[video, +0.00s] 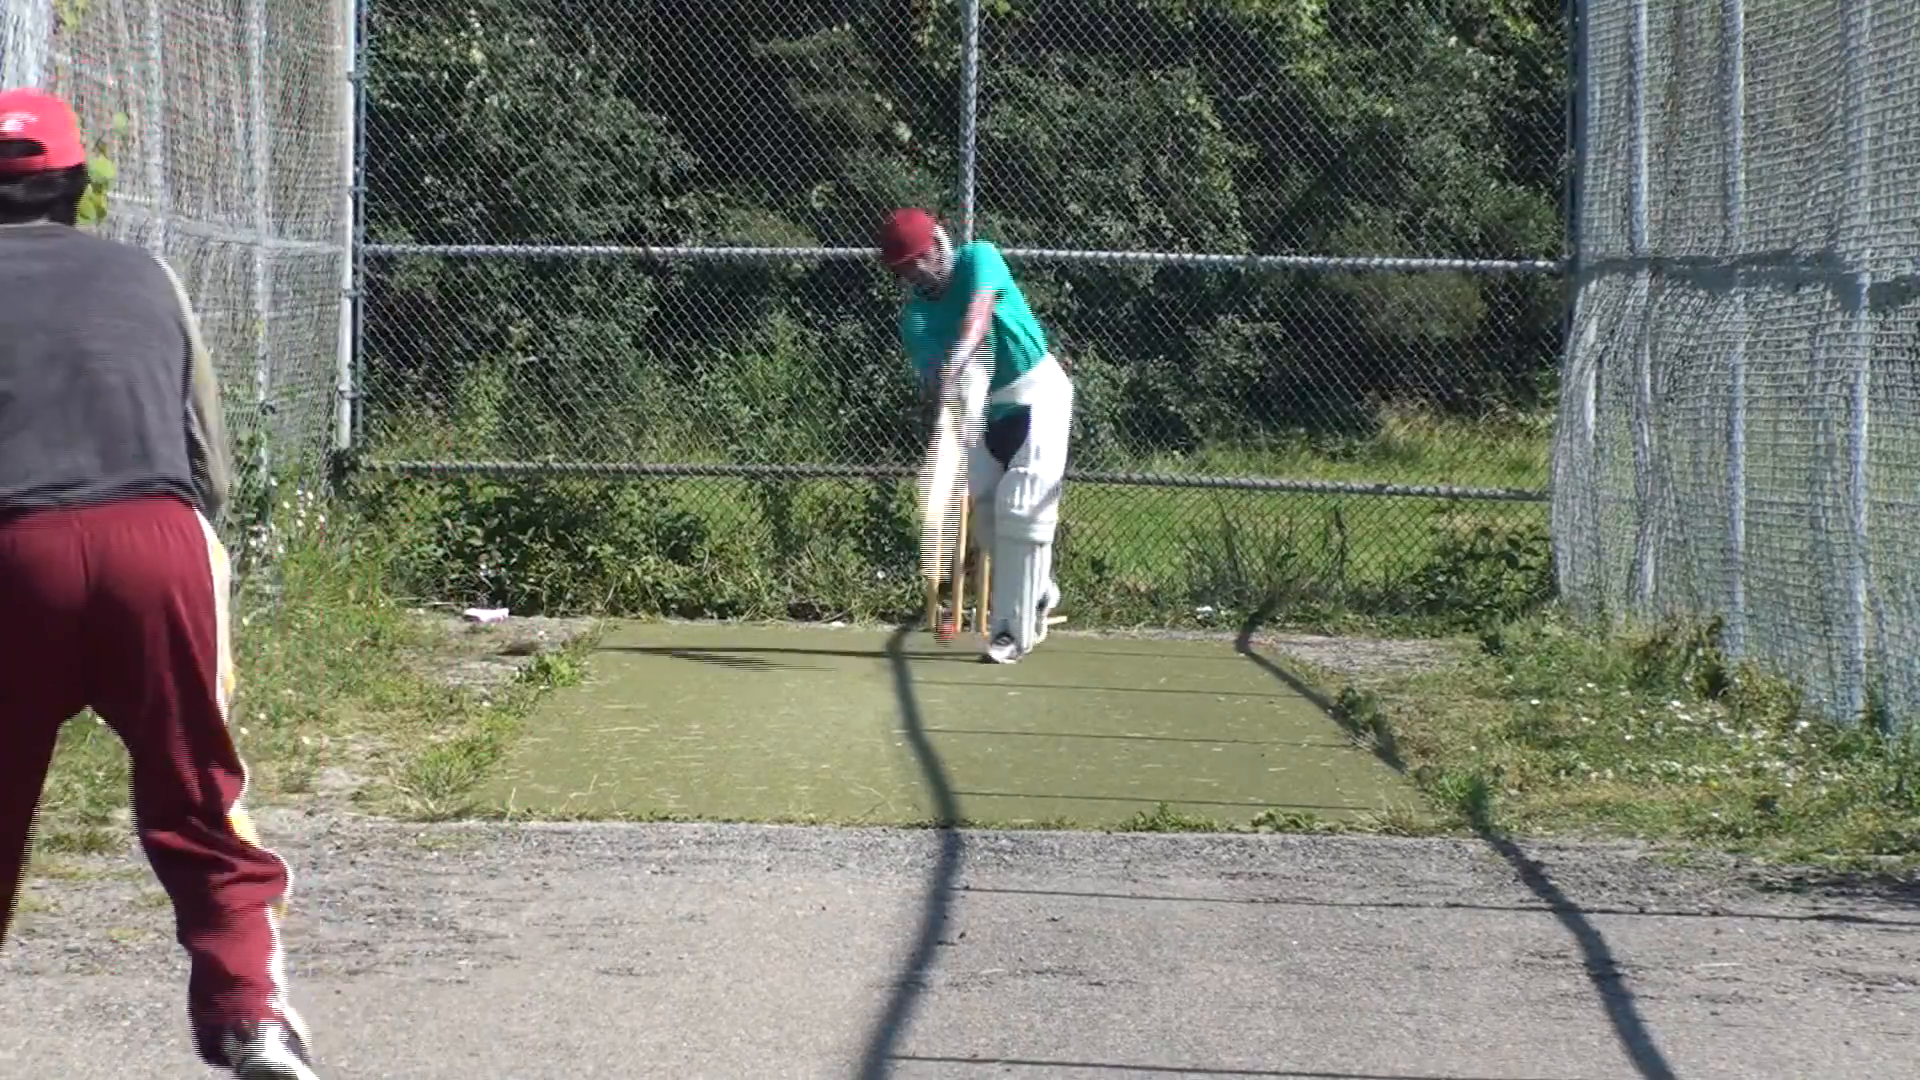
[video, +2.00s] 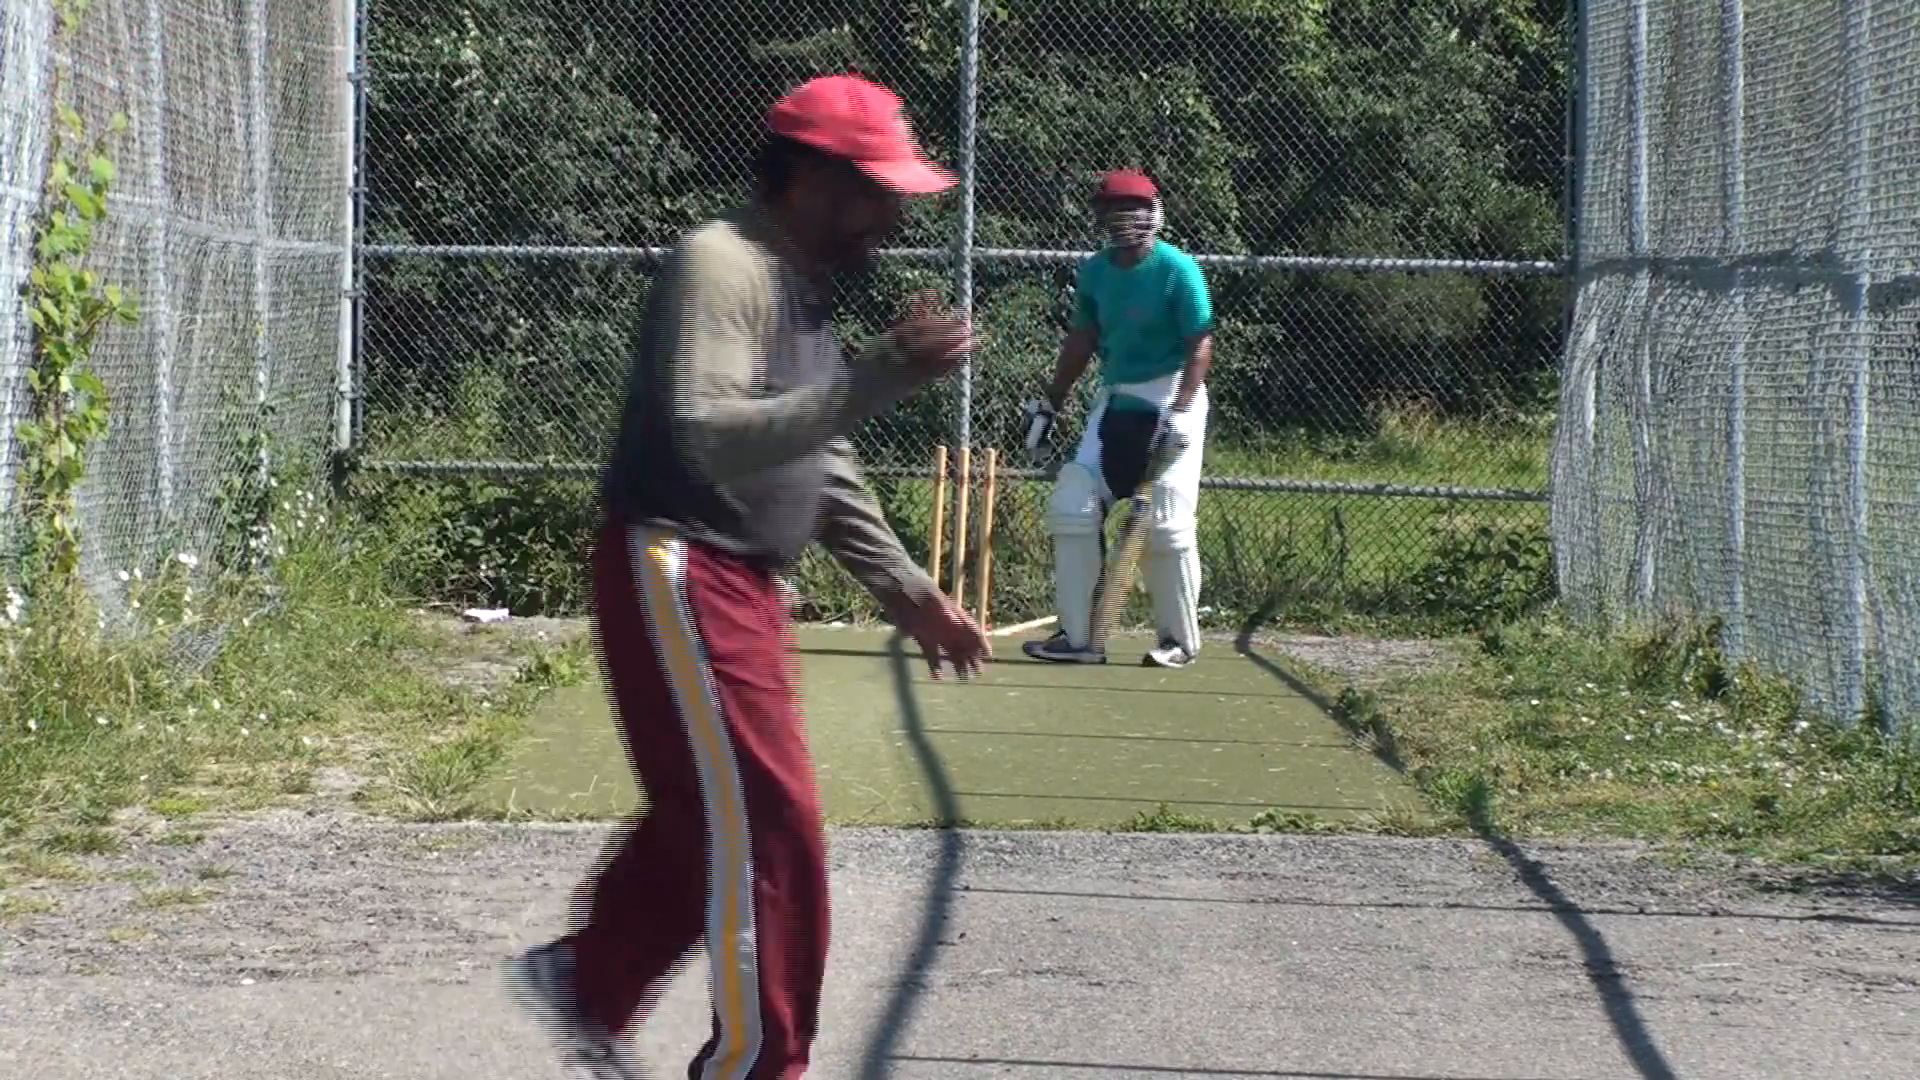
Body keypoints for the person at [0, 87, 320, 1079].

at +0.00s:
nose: (54, 190)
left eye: (27, 177)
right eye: (70, 177)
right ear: (76, 183)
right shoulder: (143, 271)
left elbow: (207, 445)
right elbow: (205, 446)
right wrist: (194, 543)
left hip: (20, 555)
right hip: (157, 545)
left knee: (2, 821)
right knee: (198, 792)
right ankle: (246, 1018)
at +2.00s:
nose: (889, 218)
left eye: (894, 198)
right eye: (874, 194)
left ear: (824, 191)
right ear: (806, 183)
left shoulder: (804, 301)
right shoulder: (716, 264)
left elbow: (826, 470)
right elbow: (709, 433)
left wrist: (907, 591)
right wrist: (874, 376)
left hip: (739, 578)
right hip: (669, 564)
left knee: (726, 803)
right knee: (764, 816)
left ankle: (585, 983)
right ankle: (752, 1063)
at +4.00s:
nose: (1705, 112)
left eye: (1708, 88)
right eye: (1674, 92)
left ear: (1716, 94)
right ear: (1581, 110)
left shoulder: (1737, 246)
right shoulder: (1468, 229)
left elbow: (1785, 474)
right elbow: (1339, 384)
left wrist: (1814, 666)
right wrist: (1353, 467)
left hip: (1658, 652)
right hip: (1477, 645)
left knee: (1695, 917)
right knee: (1465, 953)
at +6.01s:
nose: (1769, 81)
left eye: (1773, 61)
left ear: (1787, 67)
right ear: (1912, 77)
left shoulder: (1706, 201)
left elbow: (1636, 459)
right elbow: (1640, 461)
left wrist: (1698, 615)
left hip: (1749, 634)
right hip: (1910, 646)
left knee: (1697, 995)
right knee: (1913, 1001)